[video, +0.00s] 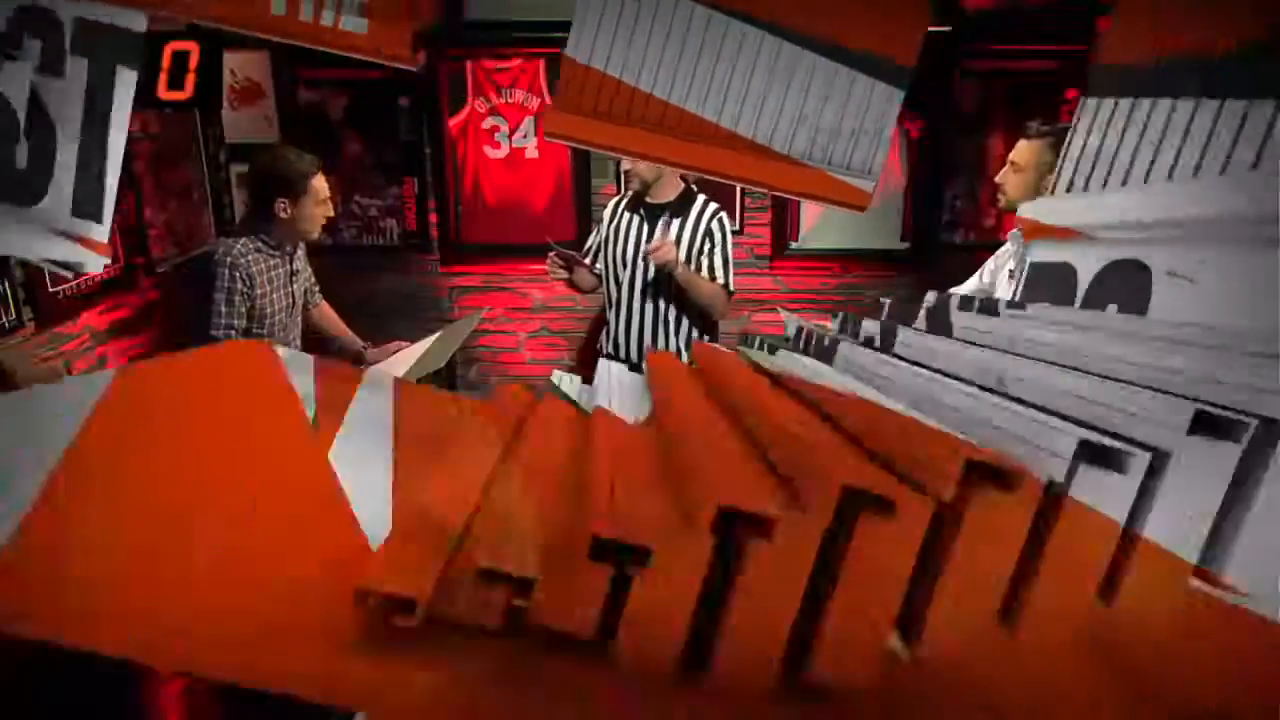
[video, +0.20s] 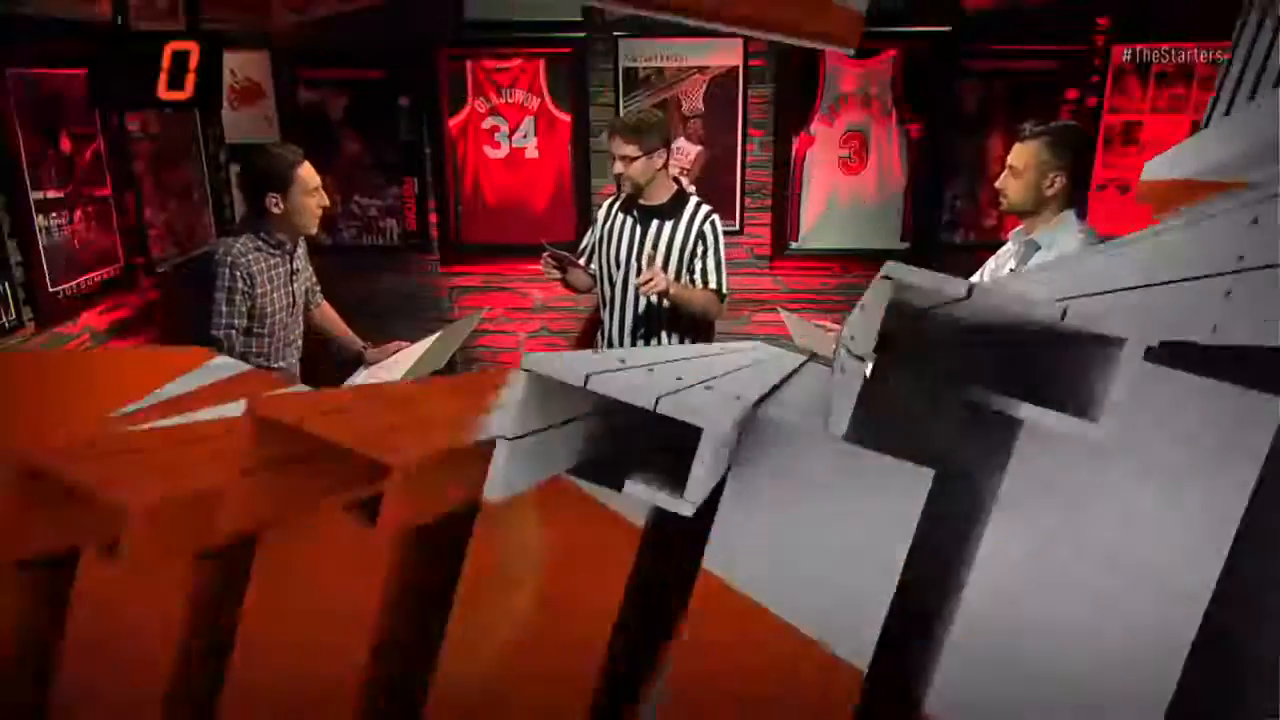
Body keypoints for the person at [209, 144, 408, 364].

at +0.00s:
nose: (330, 212)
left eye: (328, 201)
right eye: (321, 202)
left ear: (285, 209)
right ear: (284, 209)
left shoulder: (293, 247)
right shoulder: (234, 261)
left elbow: (315, 306)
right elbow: (222, 350)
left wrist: (363, 351)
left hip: (290, 379)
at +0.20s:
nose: (325, 202)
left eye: (321, 191)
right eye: (313, 194)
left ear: (276, 205)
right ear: (276, 204)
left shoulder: (295, 245)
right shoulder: (236, 259)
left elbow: (315, 305)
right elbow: (222, 355)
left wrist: (364, 351)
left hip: (291, 390)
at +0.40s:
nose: (328, 218)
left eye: (328, 206)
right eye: (318, 208)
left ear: (278, 210)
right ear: (277, 209)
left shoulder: (290, 248)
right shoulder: (230, 263)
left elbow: (312, 306)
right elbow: (221, 367)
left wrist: (364, 350)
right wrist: (295, 411)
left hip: (291, 413)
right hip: (244, 423)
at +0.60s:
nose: (328, 215)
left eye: (328, 203)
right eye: (317, 205)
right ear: (276, 205)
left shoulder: (294, 249)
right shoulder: (231, 262)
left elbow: (313, 305)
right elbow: (221, 367)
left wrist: (364, 350)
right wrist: (295, 414)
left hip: (290, 431)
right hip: (244, 440)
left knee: (304, 529)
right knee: (256, 538)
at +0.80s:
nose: (330, 221)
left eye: (331, 209)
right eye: (319, 211)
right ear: (279, 207)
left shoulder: (294, 251)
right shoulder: (232, 261)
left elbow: (314, 306)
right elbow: (220, 365)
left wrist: (364, 350)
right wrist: (296, 414)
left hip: (289, 431)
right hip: (244, 439)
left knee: (301, 529)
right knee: (255, 538)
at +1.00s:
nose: (332, 219)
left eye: (332, 206)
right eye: (321, 208)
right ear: (280, 207)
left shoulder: (294, 249)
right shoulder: (233, 261)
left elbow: (314, 306)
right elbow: (221, 366)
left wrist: (364, 351)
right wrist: (297, 414)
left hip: (288, 432)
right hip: (244, 439)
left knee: (302, 537)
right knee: (256, 545)